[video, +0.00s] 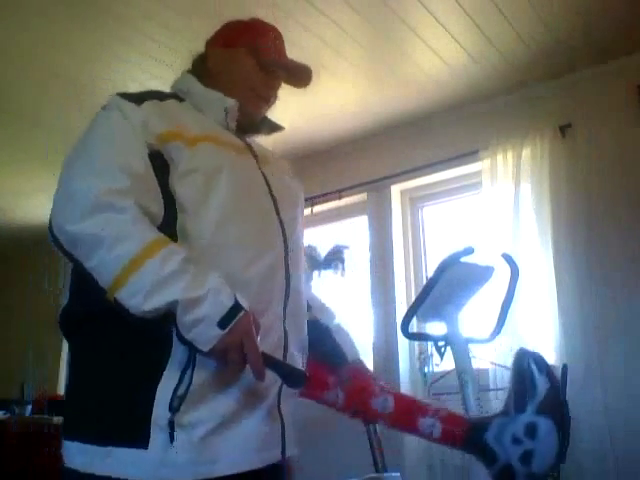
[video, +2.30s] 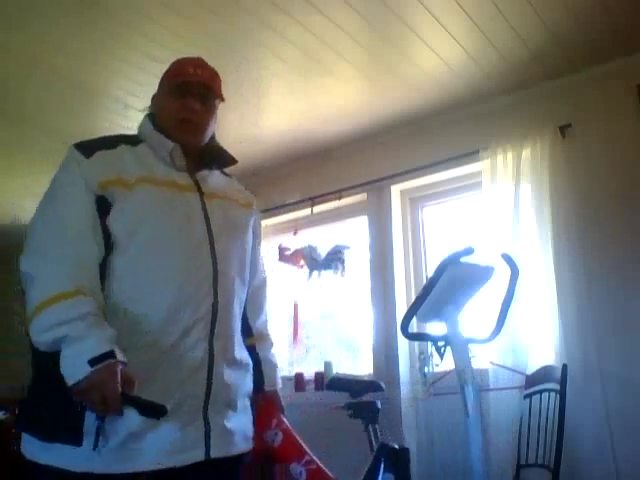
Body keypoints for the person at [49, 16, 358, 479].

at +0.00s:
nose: (274, 88)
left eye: (280, 78)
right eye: (266, 68)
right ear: (222, 56)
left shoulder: (275, 169)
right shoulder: (136, 119)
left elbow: (283, 284)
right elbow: (89, 216)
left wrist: (338, 355)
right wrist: (208, 309)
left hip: (258, 443)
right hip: (149, 447)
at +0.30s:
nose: (304, 114)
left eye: (308, 105)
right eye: (298, 98)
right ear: (262, 87)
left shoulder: (298, 185)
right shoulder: (185, 136)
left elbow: (309, 297)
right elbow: (143, 222)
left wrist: (342, 374)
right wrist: (245, 301)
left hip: (283, 436)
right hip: (190, 437)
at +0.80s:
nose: (334, 142)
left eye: (340, 134)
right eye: (328, 126)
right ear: (295, 114)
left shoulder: (333, 218)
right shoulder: (212, 152)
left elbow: (334, 321)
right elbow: (149, 226)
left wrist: (355, 393)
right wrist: (192, 311)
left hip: (286, 439)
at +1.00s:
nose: (316, 127)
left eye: (323, 121)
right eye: (307, 112)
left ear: (325, 131)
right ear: (273, 110)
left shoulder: (331, 215)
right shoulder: (201, 159)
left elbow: (343, 320)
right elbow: (129, 249)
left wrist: (380, 390)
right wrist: (132, 335)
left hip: (286, 436)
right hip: (183, 428)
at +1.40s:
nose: (252, 114)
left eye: (264, 106)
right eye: (240, 102)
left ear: (275, 120)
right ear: (214, 109)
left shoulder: (297, 202)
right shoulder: (148, 172)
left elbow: (323, 301)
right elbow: (90, 271)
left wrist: (355, 376)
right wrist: (76, 362)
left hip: (262, 431)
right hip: (155, 427)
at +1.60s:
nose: (210, 106)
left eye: (223, 97)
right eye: (198, 93)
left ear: (235, 111)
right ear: (174, 102)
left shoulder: (262, 194)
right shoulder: (104, 171)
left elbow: (291, 299)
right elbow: (49, 272)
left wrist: (318, 379)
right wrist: (42, 350)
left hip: (226, 437)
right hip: (110, 435)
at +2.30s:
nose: (192, 100)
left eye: (205, 96)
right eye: (180, 89)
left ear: (217, 113)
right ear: (155, 99)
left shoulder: (240, 201)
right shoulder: (94, 166)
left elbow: (253, 307)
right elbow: (57, 265)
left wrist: (266, 386)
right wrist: (87, 352)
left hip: (221, 439)